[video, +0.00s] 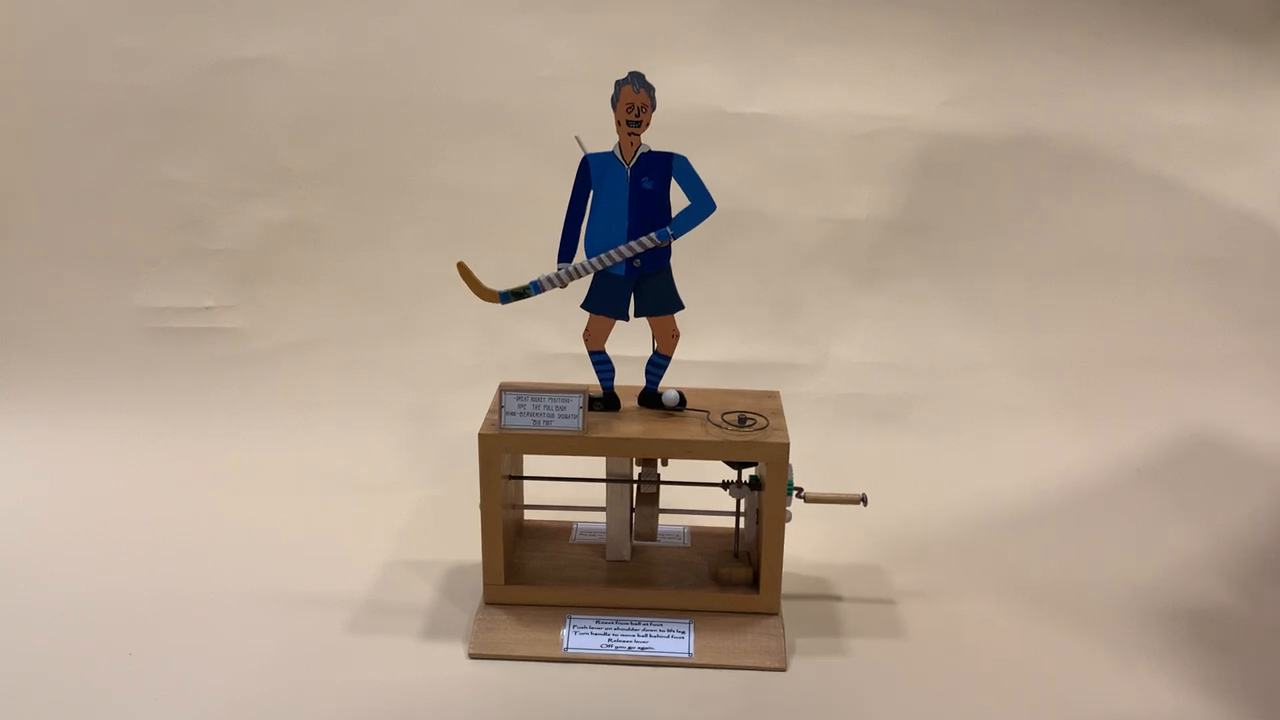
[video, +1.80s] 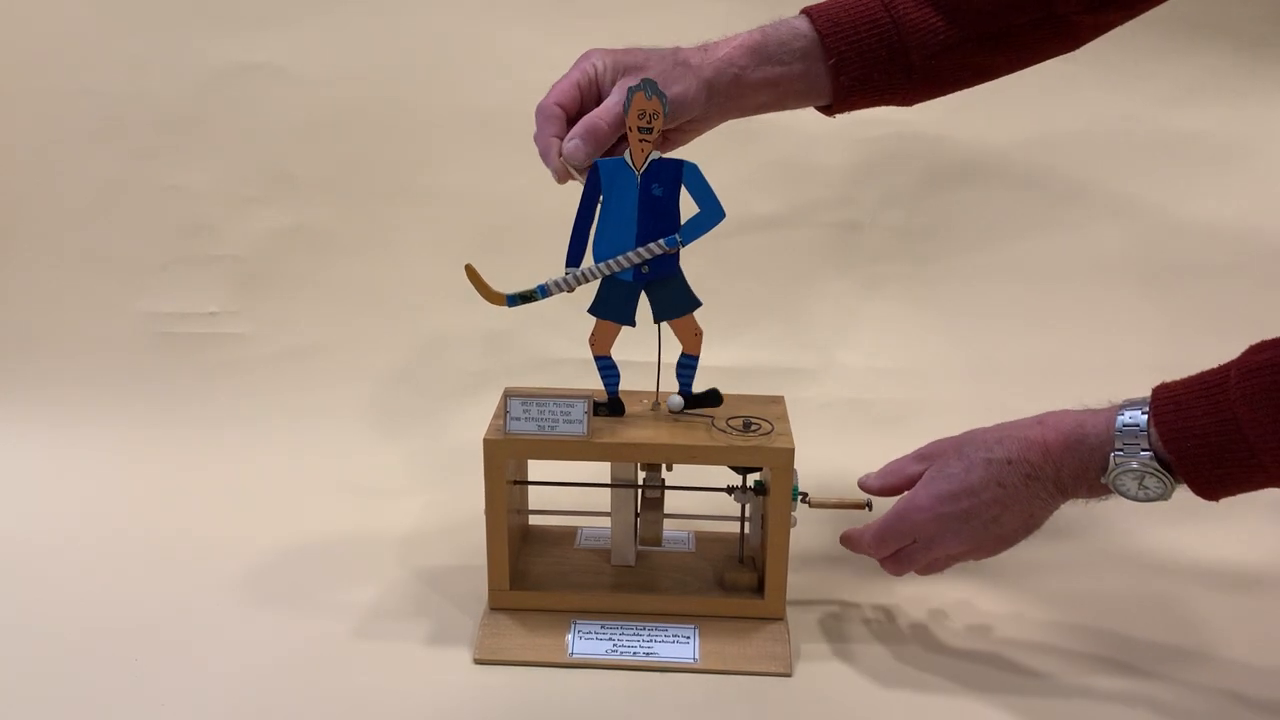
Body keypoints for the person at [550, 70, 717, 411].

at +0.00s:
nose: (636, 114)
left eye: (643, 108)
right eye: (628, 106)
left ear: (652, 114)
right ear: (613, 111)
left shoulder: (669, 163)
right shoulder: (593, 165)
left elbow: (705, 204)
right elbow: (574, 217)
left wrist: (668, 233)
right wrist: (564, 265)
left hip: (654, 270)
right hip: (611, 270)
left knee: (668, 337)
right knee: (593, 338)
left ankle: (650, 393)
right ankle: (608, 394)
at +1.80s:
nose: (646, 128)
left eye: (653, 121)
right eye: (639, 120)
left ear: (662, 125)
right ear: (626, 123)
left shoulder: (679, 170)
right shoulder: (603, 170)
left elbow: (715, 212)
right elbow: (583, 221)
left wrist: (678, 240)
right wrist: (572, 269)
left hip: (663, 273)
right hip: (618, 274)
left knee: (692, 337)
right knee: (599, 343)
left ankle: (684, 396)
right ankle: (613, 401)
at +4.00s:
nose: (646, 114)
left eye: (653, 108)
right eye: (639, 107)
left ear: (662, 115)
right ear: (624, 112)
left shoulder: (678, 164)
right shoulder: (602, 165)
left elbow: (715, 205)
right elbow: (583, 219)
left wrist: (678, 234)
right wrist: (573, 266)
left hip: (663, 267)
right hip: (619, 267)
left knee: (690, 334)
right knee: (602, 338)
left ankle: (680, 392)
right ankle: (617, 396)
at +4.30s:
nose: (644, 114)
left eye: (651, 108)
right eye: (637, 107)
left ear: (660, 115)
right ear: (623, 113)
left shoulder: (677, 164)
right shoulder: (601, 165)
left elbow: (714, 205)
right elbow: (582, 218)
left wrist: (676, 235)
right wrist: (572, 266)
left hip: (662, 267)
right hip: (619, 268)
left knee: (689, 333)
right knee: (601, 339)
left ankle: (678, 392)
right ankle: (617, 396)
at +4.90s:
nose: (642, 114)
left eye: (649, 107)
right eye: (635, 106)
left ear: (658, 114)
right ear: (621, 112)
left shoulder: (675, 162)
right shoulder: (599, 164)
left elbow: (712, 204)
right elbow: (581, 218)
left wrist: (675, 233)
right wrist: (571, 265)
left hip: (661, 266)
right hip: (617, 268)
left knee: (688, 331)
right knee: (600, 338)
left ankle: (678, 390)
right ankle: (616, 395)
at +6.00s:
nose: (644, 112)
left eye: (651, 105)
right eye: (637, 104)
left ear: (660, 112)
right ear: (622, 109)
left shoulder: (677, 160)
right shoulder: (601, 162)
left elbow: (714, 202)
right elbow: (582, 216)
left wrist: (676, 232)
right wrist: (572, 264)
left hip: (663, 264)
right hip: (619, 266)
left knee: (690, 330)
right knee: (601, 336)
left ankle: (680, 389)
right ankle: (617, 393)